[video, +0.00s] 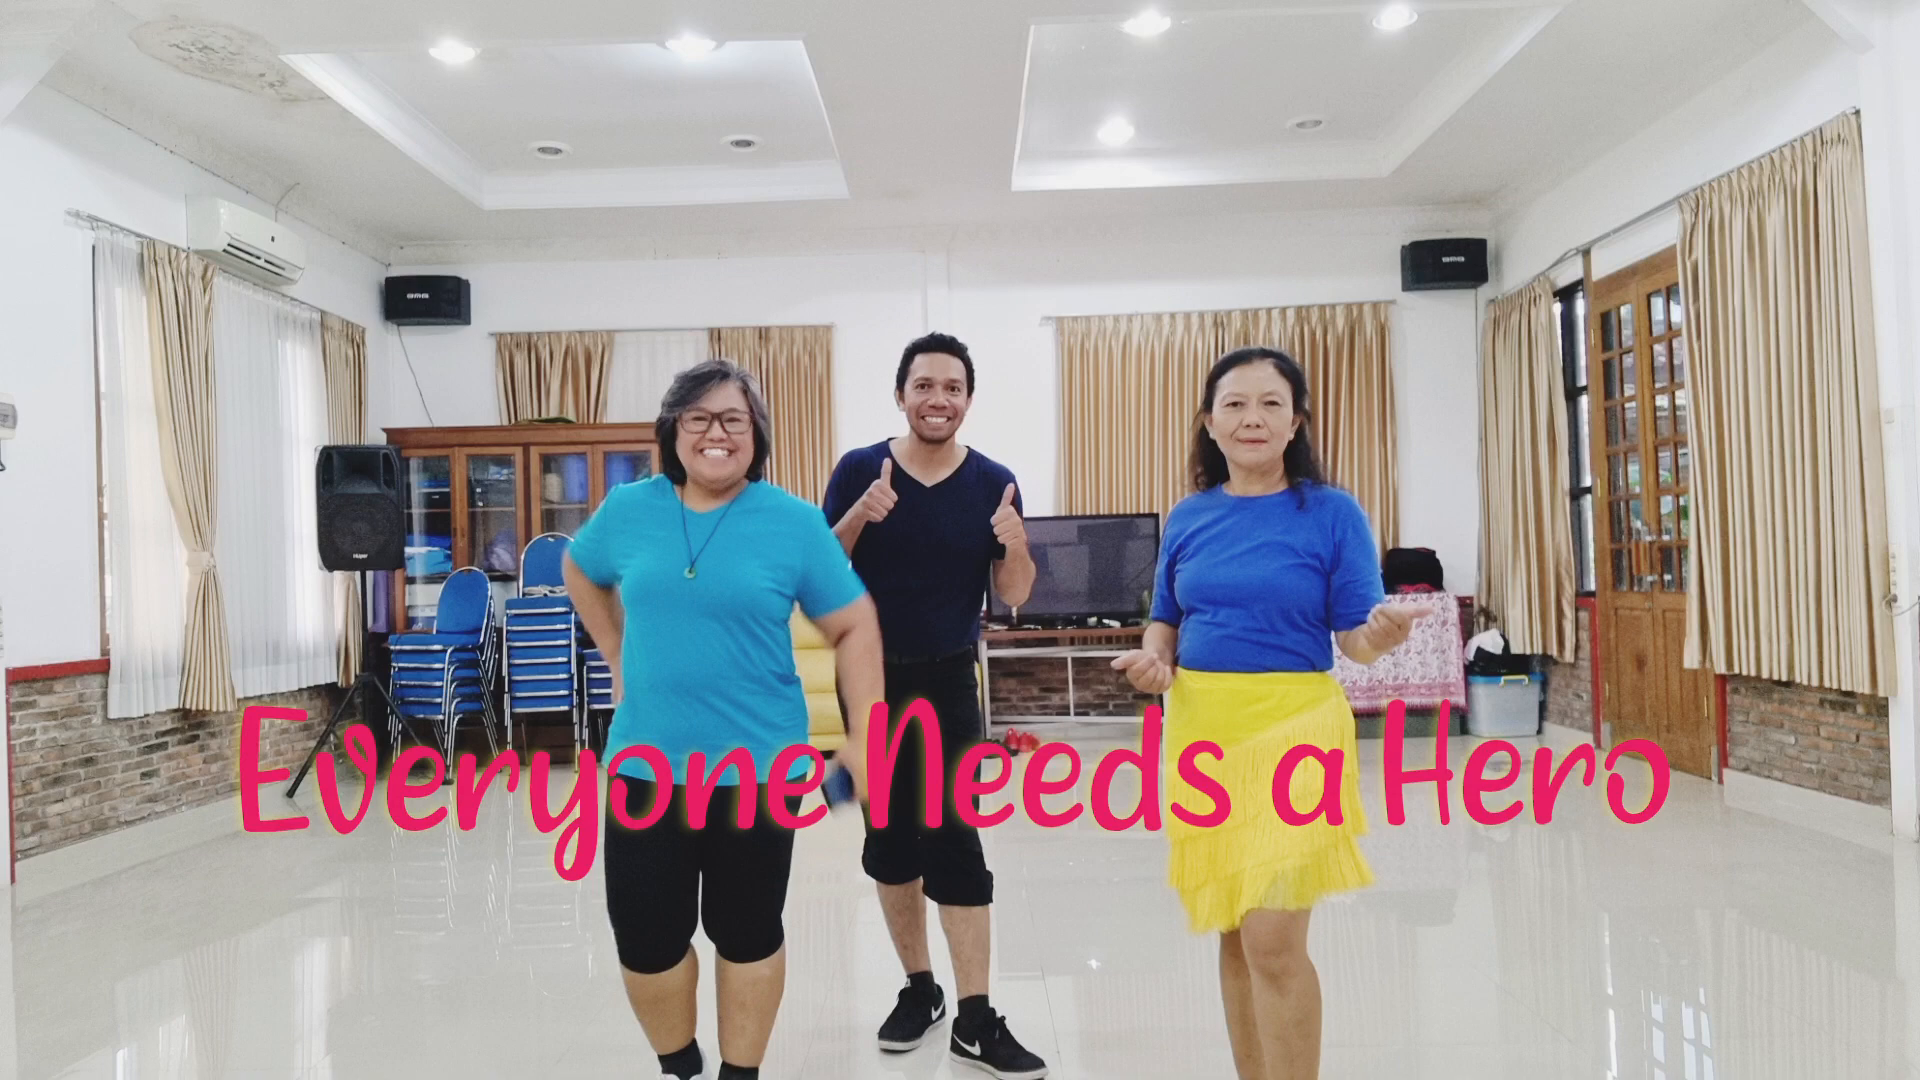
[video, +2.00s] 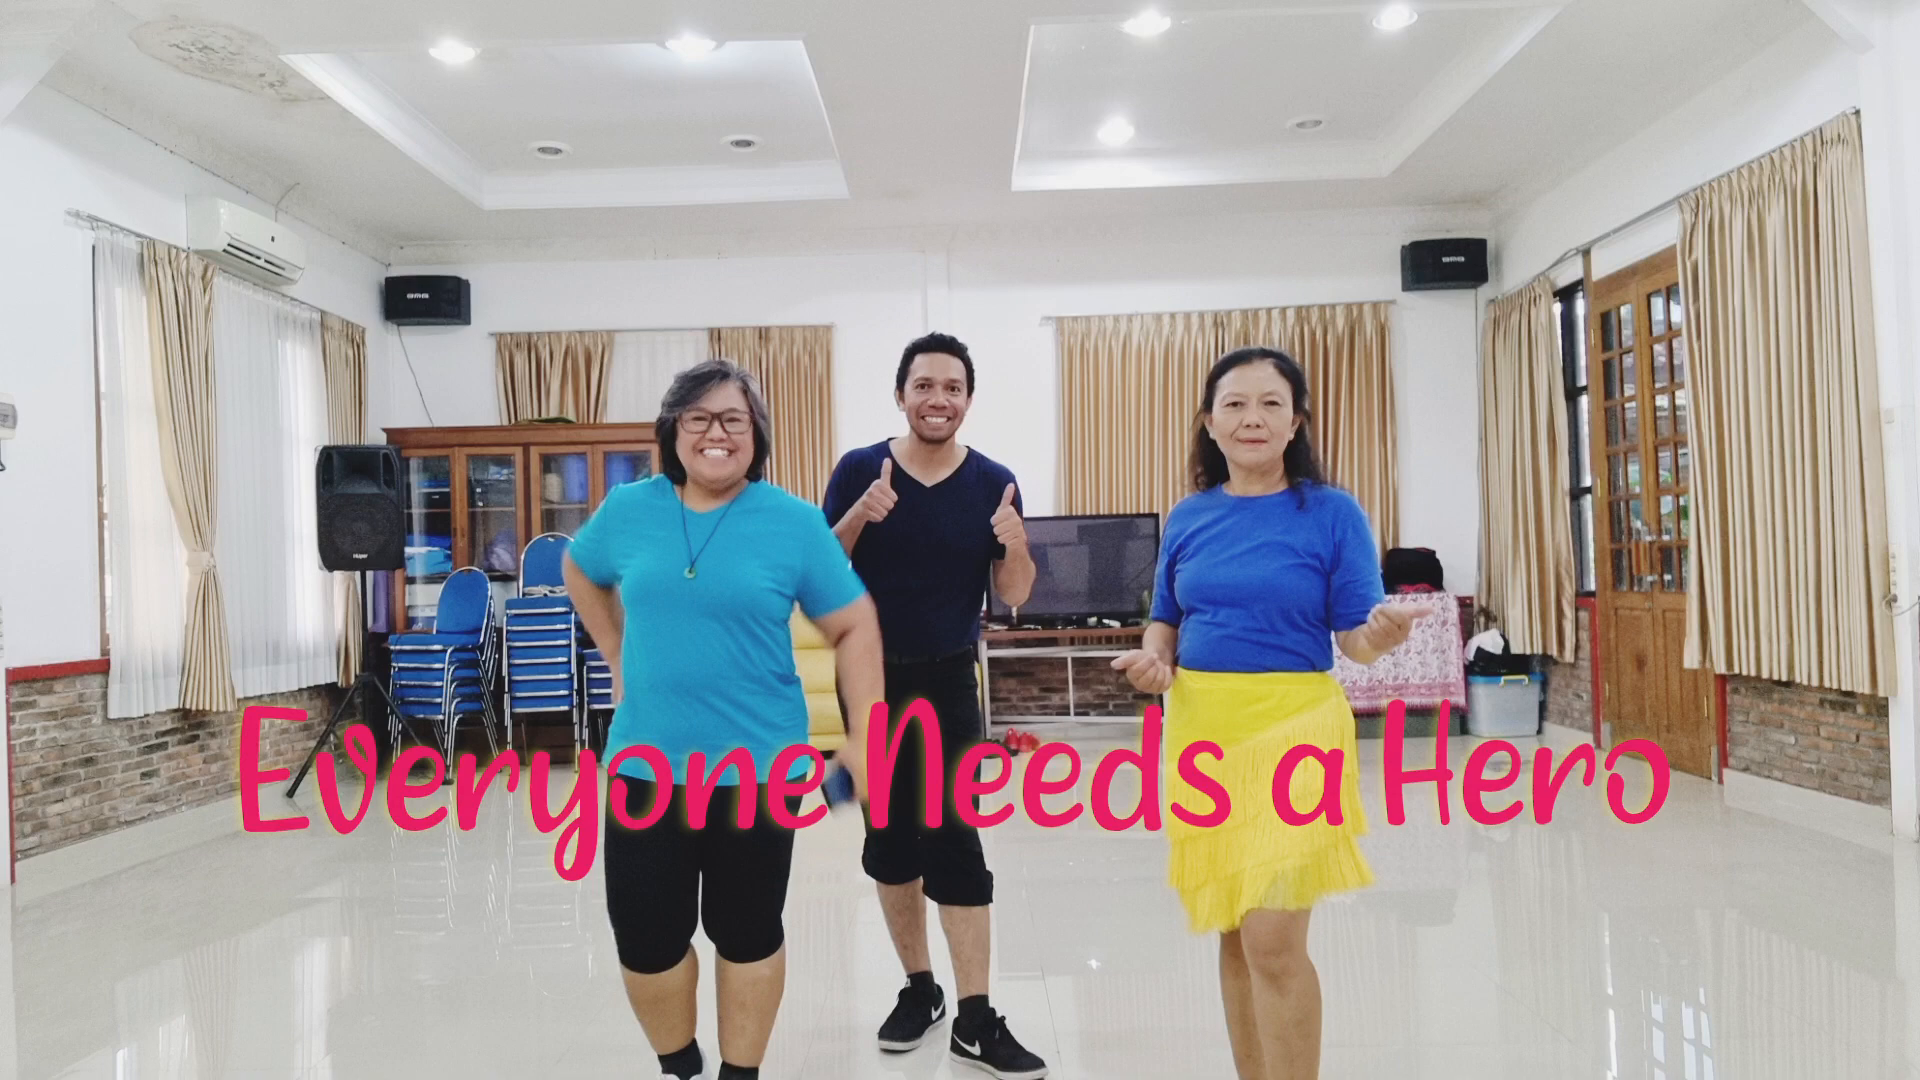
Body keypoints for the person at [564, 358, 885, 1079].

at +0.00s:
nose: (720, 432)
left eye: (736, 420)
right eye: (702, 420)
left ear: (756, 436)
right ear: (672, 434)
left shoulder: (795, 523)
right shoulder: (627, 509)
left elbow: (856, 626)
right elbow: (580, 570)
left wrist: (865, 738)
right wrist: (625, 663)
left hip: (758, 768)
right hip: (645, 764)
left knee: (746, 932)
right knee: (646, 938)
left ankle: (739, 1076)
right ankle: (680, 1069)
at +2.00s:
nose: (720, 432)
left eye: (736, 420)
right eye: (702, 420)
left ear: (756, 436)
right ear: (672, 434)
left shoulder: (795, 523)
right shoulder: (627, 509)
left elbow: (856, 626)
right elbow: (580, 570)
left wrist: (865, 738)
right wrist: (625, 663)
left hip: (758, 768)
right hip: (645, 764)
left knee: (746, 932)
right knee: (646, 938)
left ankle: (739, 1076)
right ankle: (680, 1069)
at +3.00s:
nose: (720, 432)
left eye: (736, 420)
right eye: (702, 420)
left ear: (756, 436)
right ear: (672, 434)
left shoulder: (795, 523)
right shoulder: (627, 509)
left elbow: (856, 626)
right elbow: (580, 570)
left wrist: (865, 738)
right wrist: (625, 663)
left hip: (758, 768)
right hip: (645, 764)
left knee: (746, 932)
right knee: (646, 938)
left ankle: (739, 1076)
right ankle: (680, 1069)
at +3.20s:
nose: (719, 398)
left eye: (734, 385)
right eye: (701, 385)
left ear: (755, 401)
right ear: (672, 400)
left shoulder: (796, 490)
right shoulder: (627, 474)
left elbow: (856, 592)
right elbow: (579, 535)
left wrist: (867, 703)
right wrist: (623, 627)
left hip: (759, 733)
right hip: (644, 729)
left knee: (746, 899)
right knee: (647, 906)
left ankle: (739, 1052)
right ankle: (681, 1041)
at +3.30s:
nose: (719, 316)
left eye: (735, 303)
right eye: (701, 303)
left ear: (756, 319)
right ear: (672, 317)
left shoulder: (795, 407)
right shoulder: (627, 393)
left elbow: (856, 509)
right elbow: (580, 453)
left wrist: (867, 622)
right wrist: (622, 544)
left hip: (758, 652)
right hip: (646, 649)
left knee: (748, 815)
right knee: (645, 819)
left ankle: (738, 973)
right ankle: (681, 961)